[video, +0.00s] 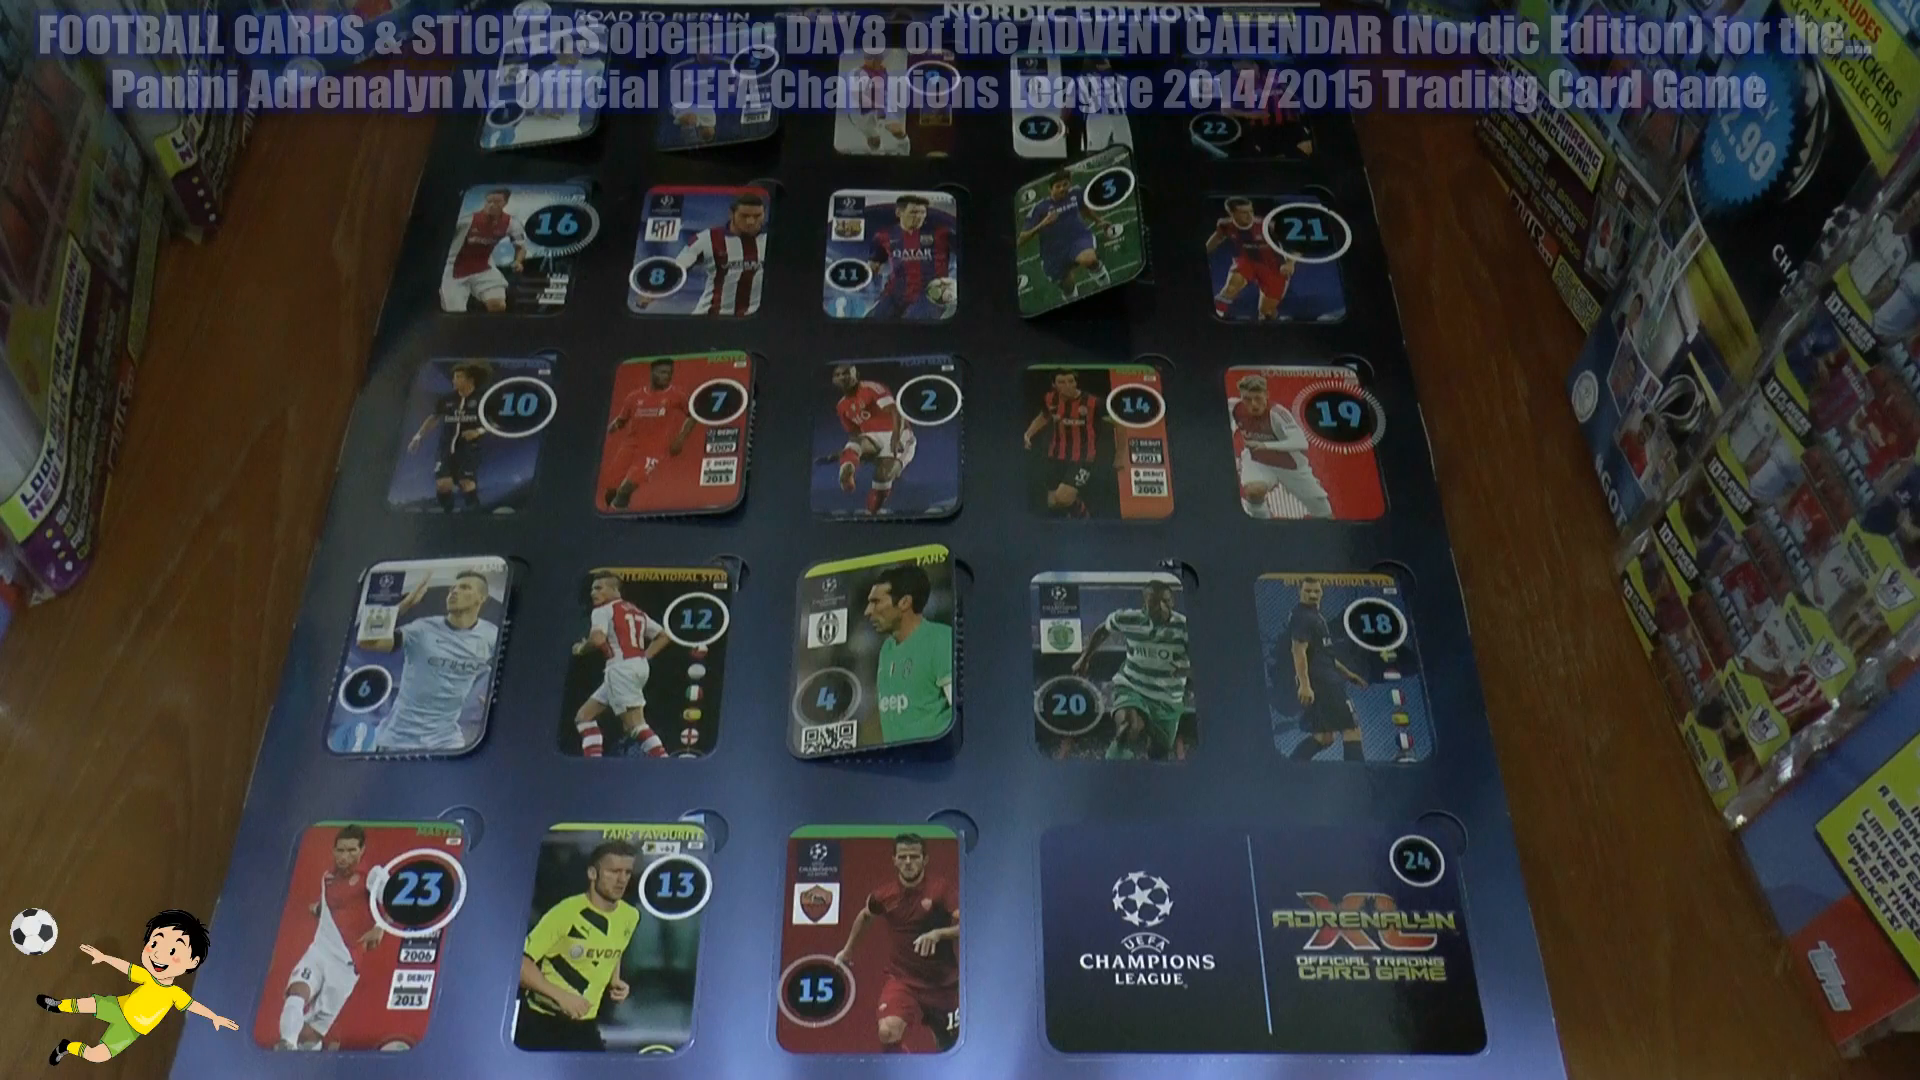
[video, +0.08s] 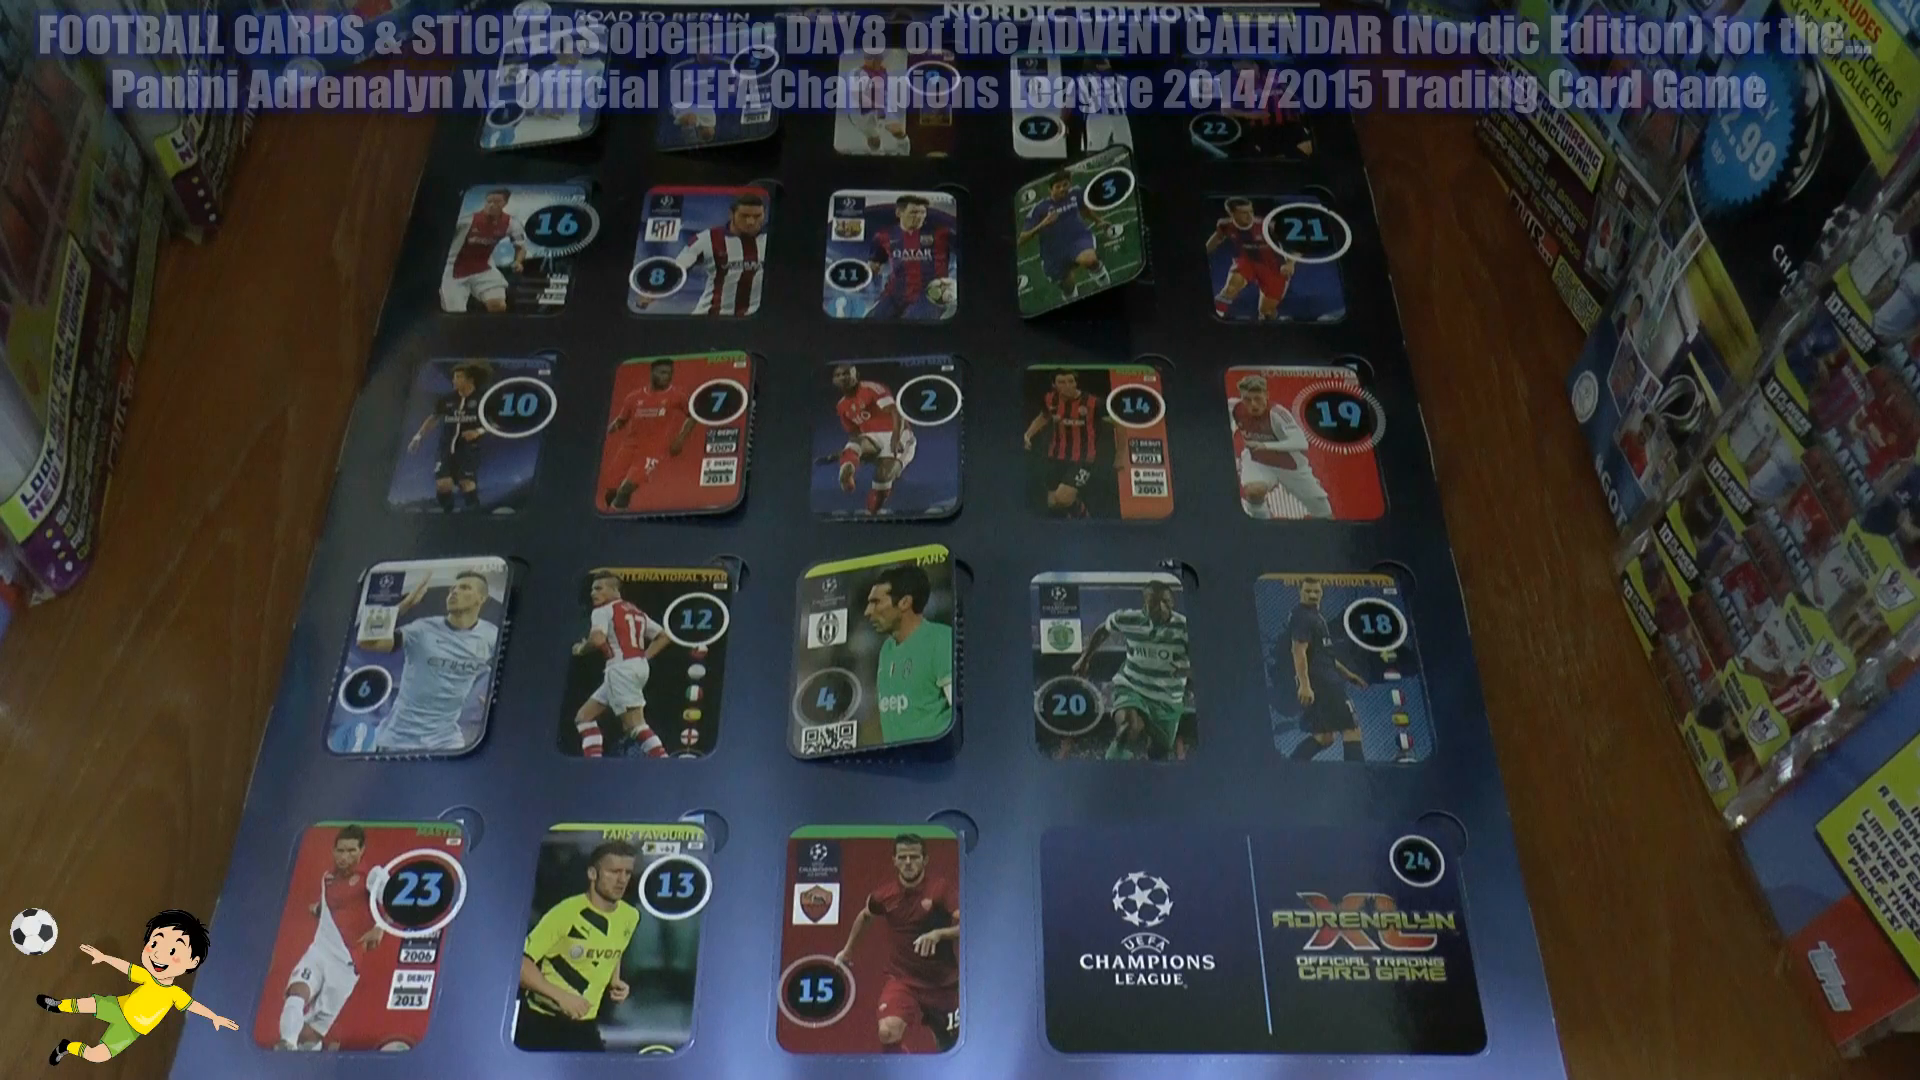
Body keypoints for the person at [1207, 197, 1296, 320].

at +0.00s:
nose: (1249, 216)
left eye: (1251, 212)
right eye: (1244, 213)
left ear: (1253, 211)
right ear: (1233, 214)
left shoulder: (1266, 226)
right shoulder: (1226, 226)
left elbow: (1291, 245)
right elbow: (1208, 248)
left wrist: (1290, 263)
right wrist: (1219, 234)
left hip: (1273, 268)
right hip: (1246, 263)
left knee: (1266, 311)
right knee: (1230, 290)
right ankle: (1214, 324)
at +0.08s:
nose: (1249, 216)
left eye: (1251, 212)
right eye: (1244, 213)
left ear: (1253, 211)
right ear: (1232, 214)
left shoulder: (1267, 226)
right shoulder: (1225, 226)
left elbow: (1291, 246)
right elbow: (1208, 249)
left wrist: (1290, 263)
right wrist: (1218, 236)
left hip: (1273, 268)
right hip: (1246, 263)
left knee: (1267, 311)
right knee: (1230, 290)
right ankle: (1214, 324)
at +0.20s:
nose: (1249, 216)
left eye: (1251, 212)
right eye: (1244, 213)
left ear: (1253, 211)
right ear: (1232, 215)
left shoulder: (1267, 226)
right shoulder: (1226, 226)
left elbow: (1291, 245)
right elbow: (1217, 238)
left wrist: (1290, 263)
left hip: (1273, 268)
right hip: (1246, 263)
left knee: (1267, 311)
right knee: (1230, 290)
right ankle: (1214, 322)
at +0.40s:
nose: (1249, 216)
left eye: (1251, 212)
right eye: (1245, 213)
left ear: (1253, 211)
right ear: (1232, 214)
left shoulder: (1267, 226)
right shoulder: (1225, 226)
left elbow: (1292, 245)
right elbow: (1217, 238)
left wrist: (1290, 263)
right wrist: (1203, 252)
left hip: (1273, 268)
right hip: (1247, 263)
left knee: (1267, 311)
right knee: (1230, 291)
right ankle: (1213, 325)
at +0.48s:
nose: (1250, 216)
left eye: (1251, 212)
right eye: (1244, 213)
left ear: (1253, 211)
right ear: (1232, 214)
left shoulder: (1267, 226)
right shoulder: (1225, 226)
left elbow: (1291, 245)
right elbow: (1216, 239)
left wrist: (1290, 263)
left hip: (1273, 268)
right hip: (1246, 263)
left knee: (1267, 311)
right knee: (1230, 290)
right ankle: (1213, 325)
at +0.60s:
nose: (1249, 216)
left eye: (1251, 212)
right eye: (1244, 213)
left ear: (1253, 211)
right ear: (1233, 214)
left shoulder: (1266, 226)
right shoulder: (1226, 226)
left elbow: (1290, 245)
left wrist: (1290, 263)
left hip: (1273, 268)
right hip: (1246, 263)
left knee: (1267, 311)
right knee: (1230, 290)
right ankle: (1213, 325)